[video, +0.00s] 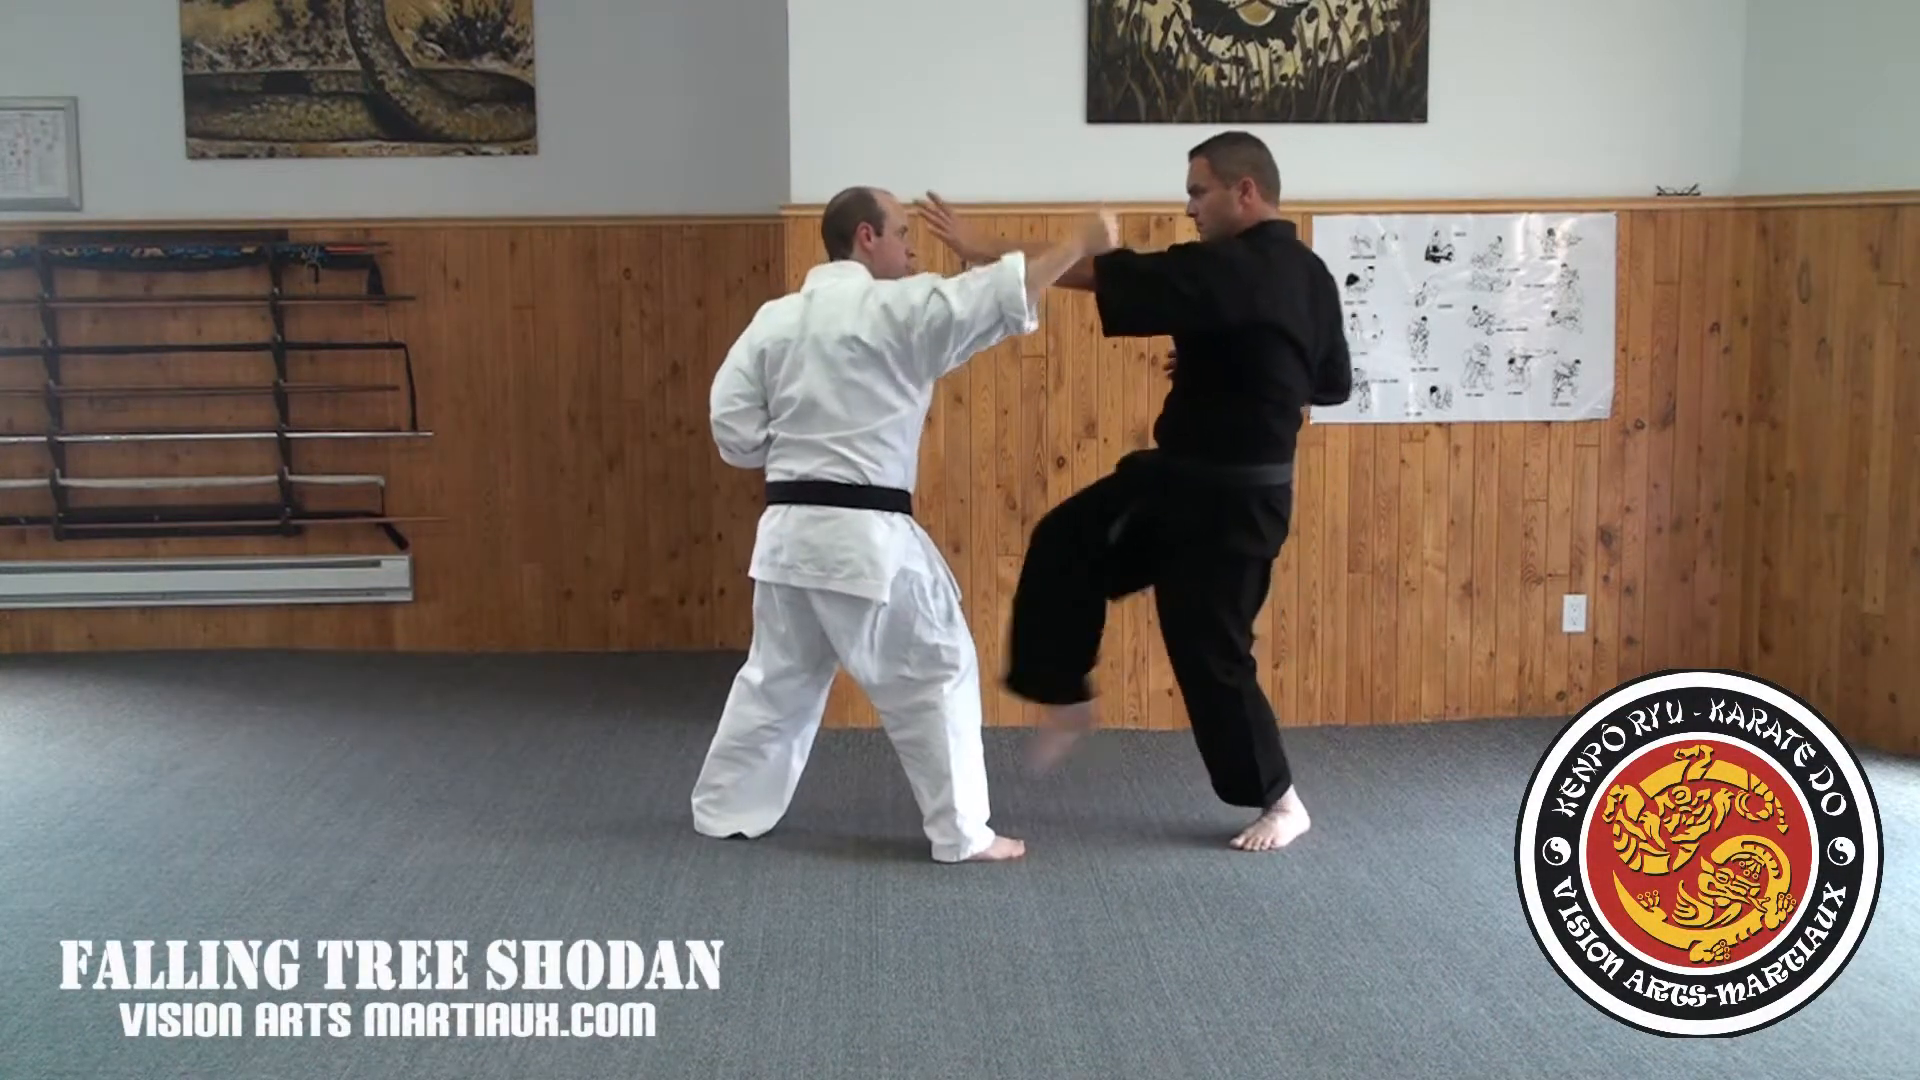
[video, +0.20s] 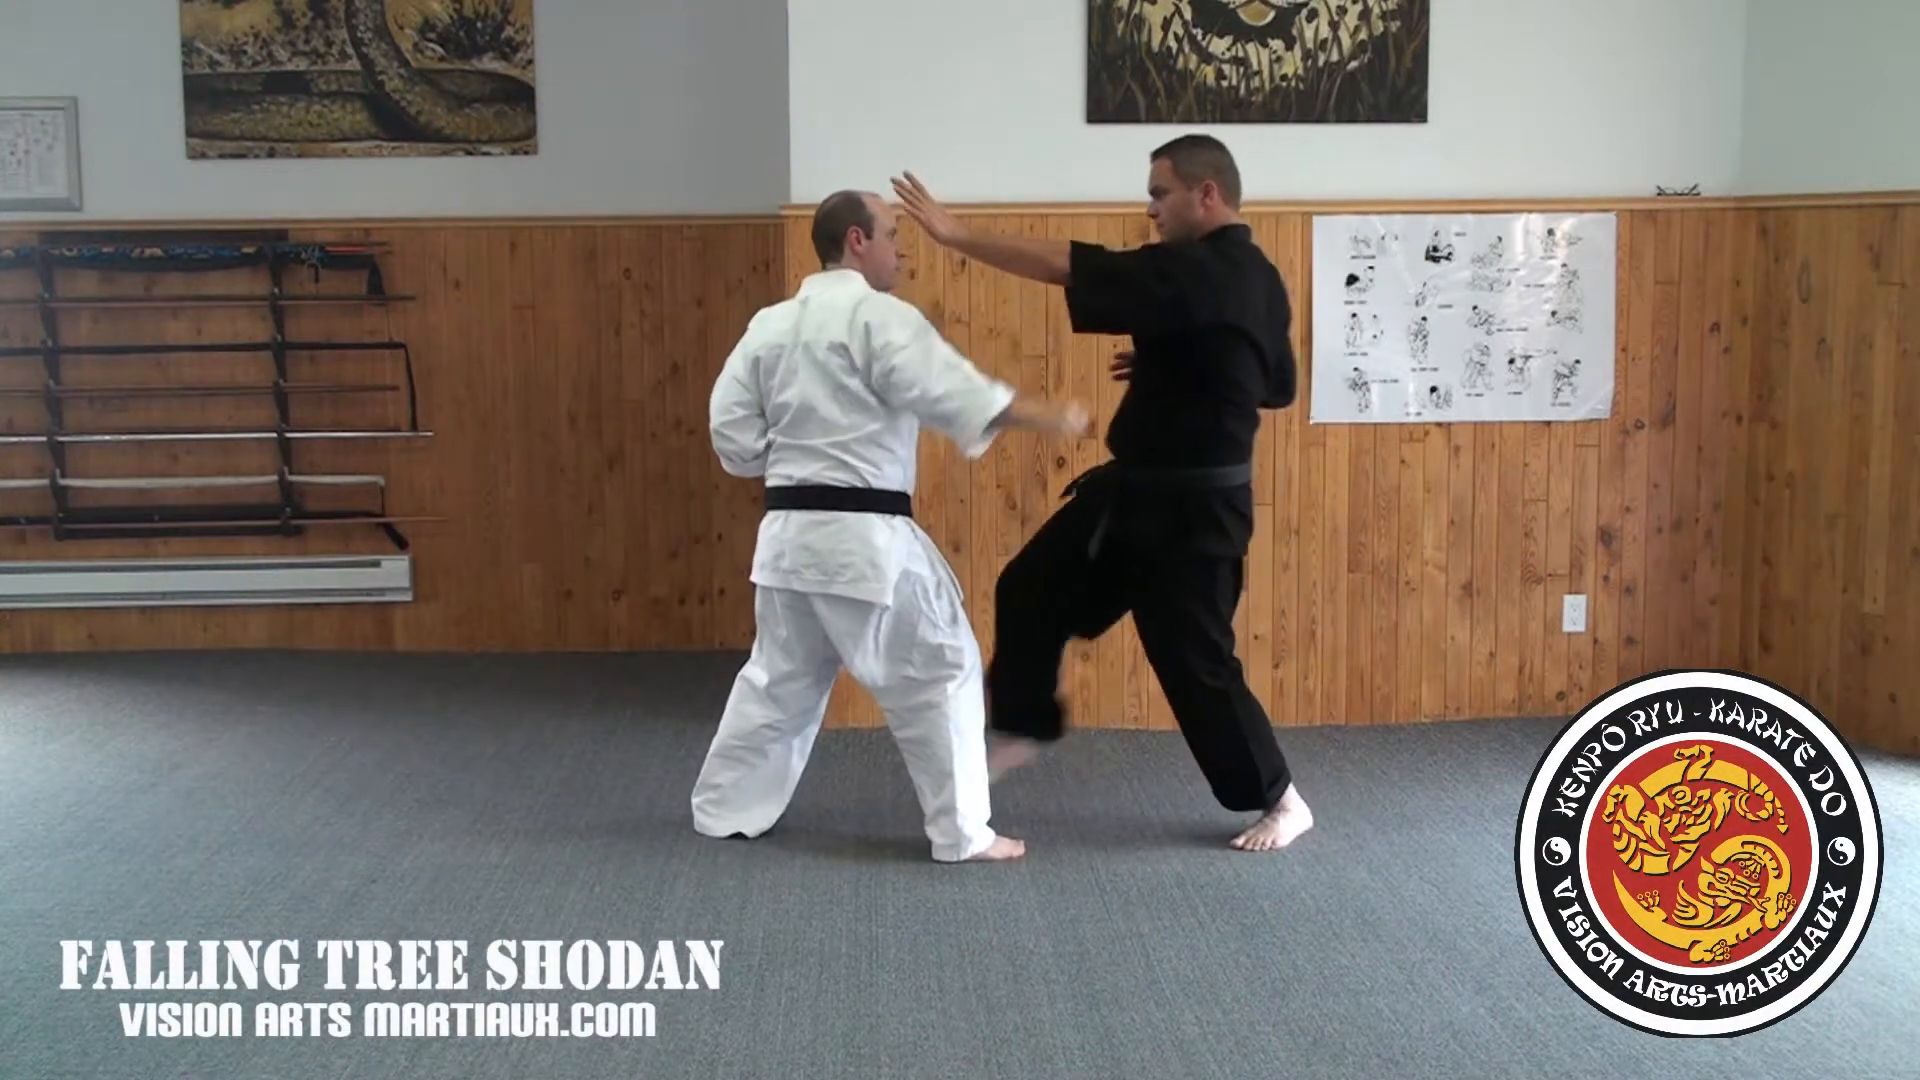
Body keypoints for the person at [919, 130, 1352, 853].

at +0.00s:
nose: (1191, 208)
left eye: (1199, 193)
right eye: (1190, 194)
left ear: (1247, 191)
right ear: (1256, 196)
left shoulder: (1223, 264)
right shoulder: (1309, 272)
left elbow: (1101, 273)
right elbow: (1330, 384)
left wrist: (984, 252)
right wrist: (1228, 364)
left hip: (1217, 491)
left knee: (1209, 649)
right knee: (1063, 545)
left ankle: (1280, 802)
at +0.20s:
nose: (1151, 211)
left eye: (1160, 196)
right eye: (1151, 196)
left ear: (1208, 195)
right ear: (1213, 199)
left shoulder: (1202, 267)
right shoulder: (1253, 271)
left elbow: (1076, 264)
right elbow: (1272, 384)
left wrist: (955, 234)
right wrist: (1161, 363)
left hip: (1191, 497)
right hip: (1139, 488)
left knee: (1195, 659)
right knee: (1029, 590)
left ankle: (1281, 802)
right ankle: (1020, 728)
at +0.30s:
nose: (1123, 213)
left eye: (1134, 200)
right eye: (1123, 201)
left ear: (1181, 201)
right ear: (1182, 204)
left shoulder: (1187, 276)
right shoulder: (1207, 277)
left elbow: (1050, 262)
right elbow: (1231, 384)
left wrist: (941, 223)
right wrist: (1126, 366)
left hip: (1165, 504)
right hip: (1107, 496)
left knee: (1182, 666)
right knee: (1021, 644)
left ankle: (1280, 798)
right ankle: (941, 773)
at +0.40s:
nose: (1090, 222)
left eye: (1101, 208)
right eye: (1091, 209)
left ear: (1150, 214)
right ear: (1148, 215)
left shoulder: (1154, 288)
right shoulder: (1129, 286)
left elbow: (1031, 267)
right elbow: (1152, 392)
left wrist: (933, 209)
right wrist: (1076, 372)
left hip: (1128, 514)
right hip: (1066, 508)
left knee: (1158, 669)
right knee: (993, 651)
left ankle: (1268, 790)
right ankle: (938, 784)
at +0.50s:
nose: (1061, 224)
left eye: (1073, 210)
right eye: (1061, 211)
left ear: (1123, 215)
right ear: (1105, 216)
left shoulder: (1135, 295)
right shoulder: (1089, 292)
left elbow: (1023, 275)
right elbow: (1104, 387)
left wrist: (939, 197)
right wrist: (1032, 370)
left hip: (1101, 515)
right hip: (1033, 508)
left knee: (1132, 670)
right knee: (961, 653)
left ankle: (1241, 781)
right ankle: (932, 794)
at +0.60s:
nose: (1043, 220)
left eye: (1055, 207)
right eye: (1043, 207)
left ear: (1104, 214)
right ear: (1088, 215)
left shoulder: (1131, 293)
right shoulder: (1060, 291)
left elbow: (1025, 293)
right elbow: (1036, 395)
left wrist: (955, 206)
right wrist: (989, 347)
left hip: (1102, 515)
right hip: (1023, 508)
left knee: (1142, 664)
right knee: (957, 648)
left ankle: (1227, 790)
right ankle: (922, 795)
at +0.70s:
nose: (1036, 216)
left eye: (1050, 205)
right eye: (1038, 204)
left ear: (1099, 210)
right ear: (1076, 210)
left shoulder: (1136, 290)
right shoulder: (1033, 286)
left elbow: (1044, 349)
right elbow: (947, 353)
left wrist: (978, 277)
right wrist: (959, 276)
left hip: (1107, 513)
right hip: (1021, 508)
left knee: (1157, 662)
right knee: (963, 653)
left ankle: (1236, 797)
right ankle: (923, 795)